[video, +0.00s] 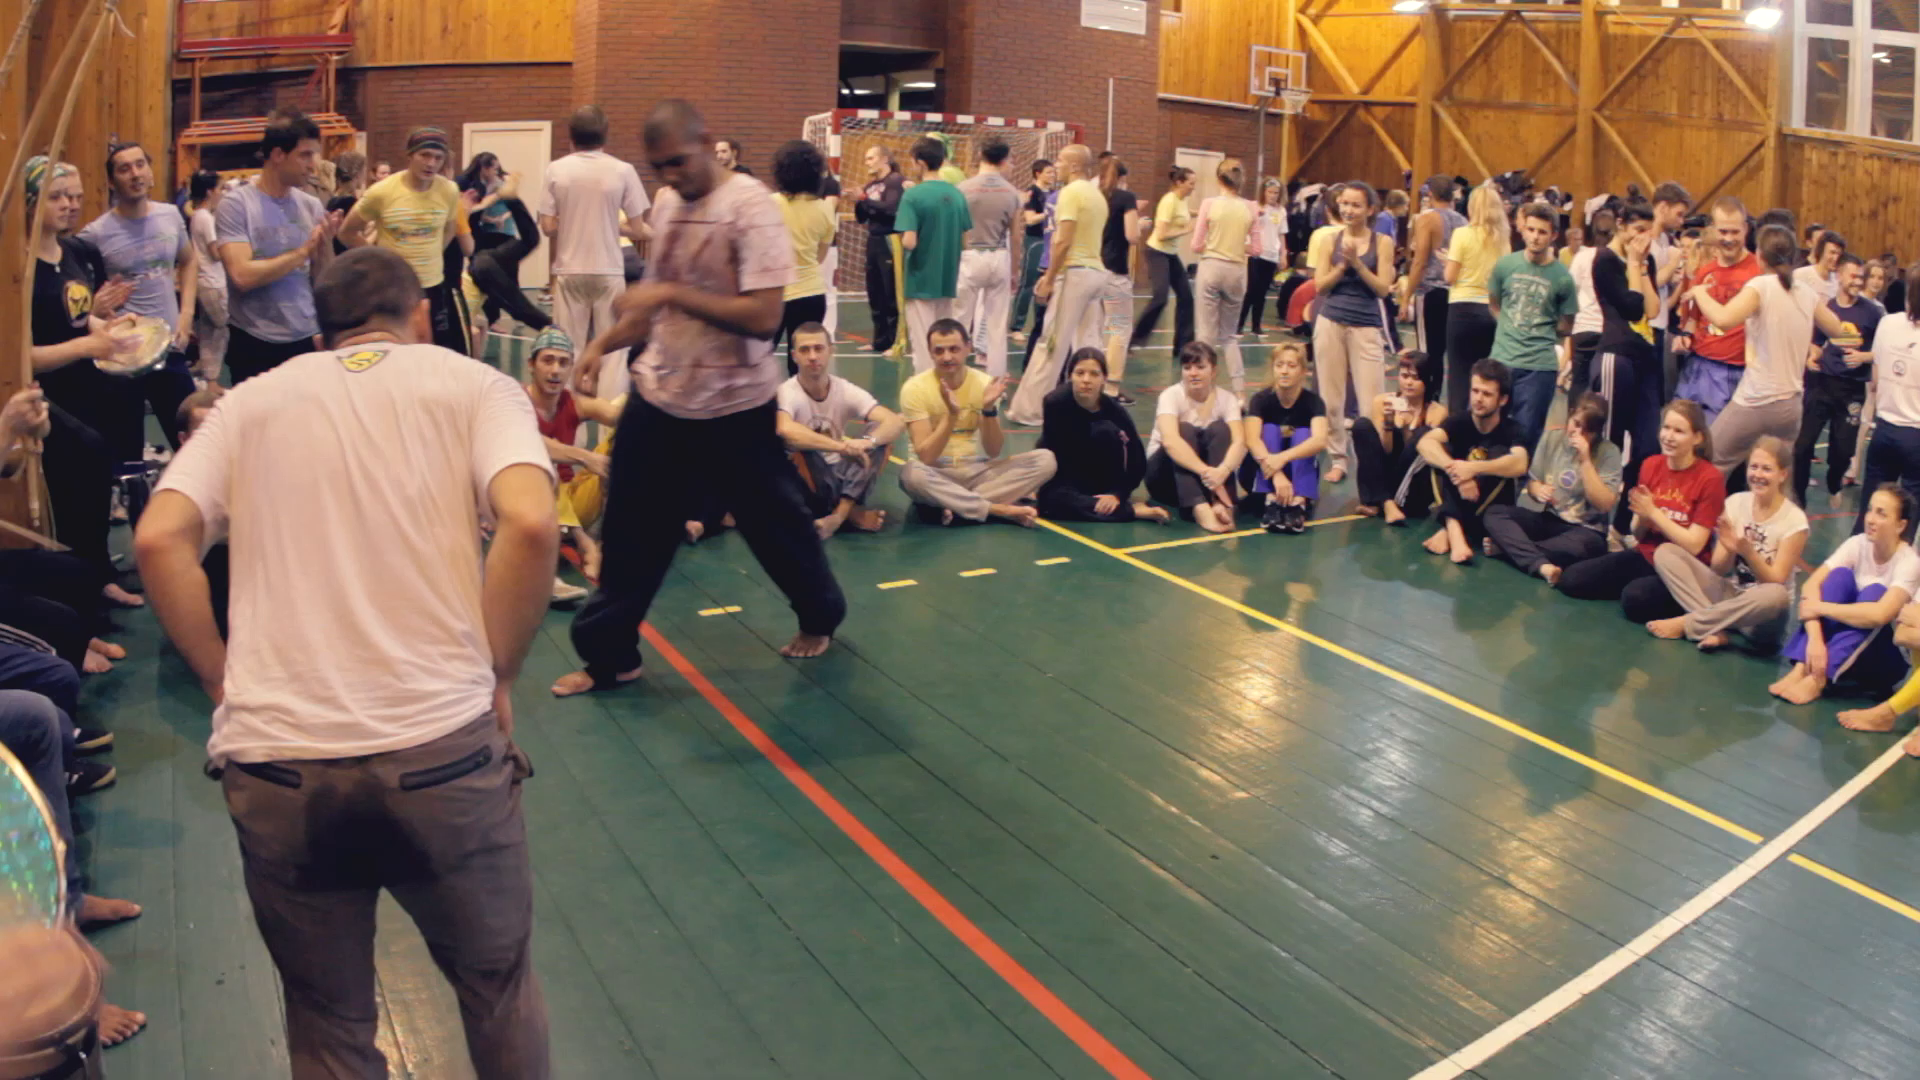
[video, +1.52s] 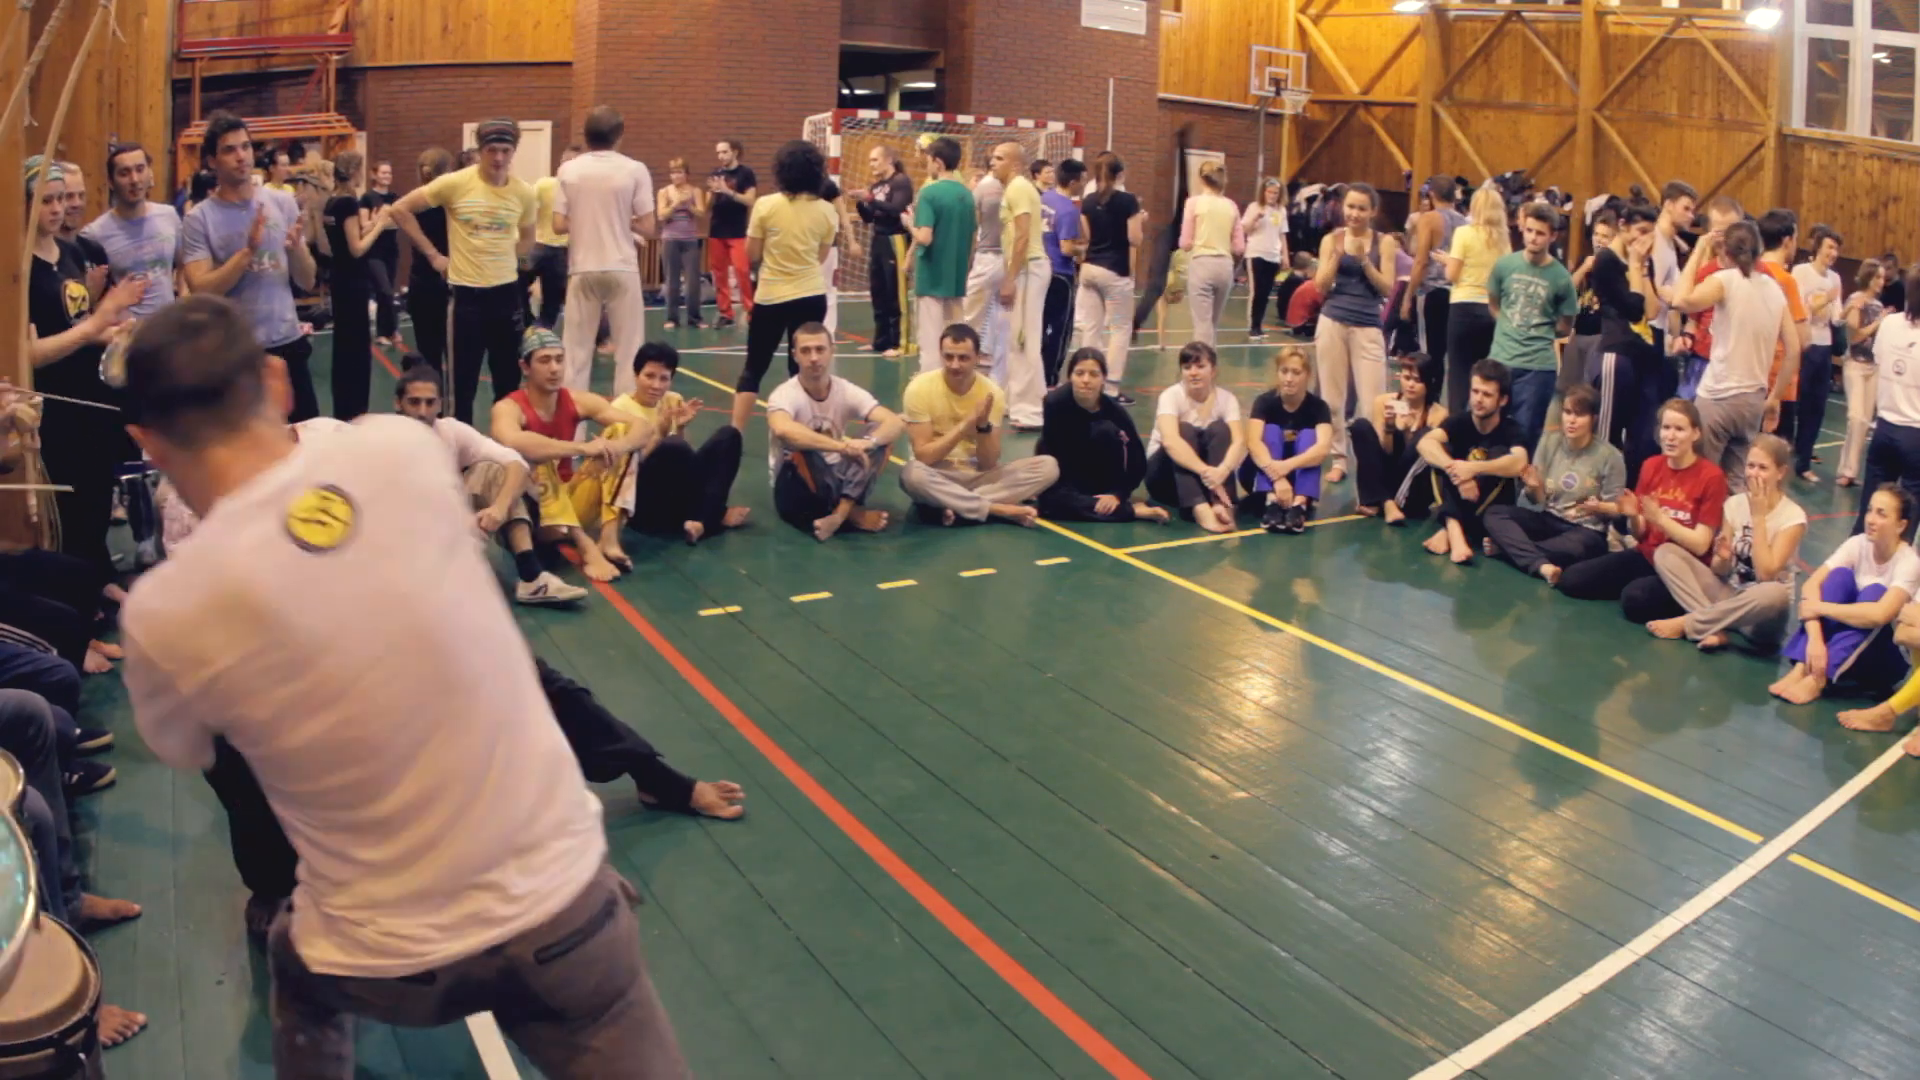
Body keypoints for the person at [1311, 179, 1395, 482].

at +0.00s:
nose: (1348, 210)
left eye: (1355, 205)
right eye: (1344, 204)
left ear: (1369, 209)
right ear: (1338, 206)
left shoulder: (1382, 242)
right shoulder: (1326, 237)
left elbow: (1383, 287)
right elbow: (1320, 284)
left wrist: (1356, 263)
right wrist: (1342, 265)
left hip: (1367, 322)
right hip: (1329, 320)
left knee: (1370, 397)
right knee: (1332, 397)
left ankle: (1373, 461)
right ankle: (1337, 458)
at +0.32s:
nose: (1351, 212)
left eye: (1358, 207)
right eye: (1347, 206)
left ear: (1370, 210)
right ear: (1340, 207)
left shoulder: (1383, 242)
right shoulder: (1326, 237)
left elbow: (1386, 289)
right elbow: (1318, 285)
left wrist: (1363, 266)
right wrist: (1335, 263)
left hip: (1367, 323)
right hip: (1330, 321)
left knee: (1370, 396)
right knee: (1332, 396)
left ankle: (1371, 461)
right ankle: (1338, 457)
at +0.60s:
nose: (1353, 213)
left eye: (1360, 208)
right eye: (1349, 207)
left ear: (1371, 211)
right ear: (1341, 207)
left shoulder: (1382, 241)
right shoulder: (1330, 237)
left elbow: (1389, 288)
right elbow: (1319, 285)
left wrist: (1367, 267)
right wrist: (1335, 263)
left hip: (1368, 324)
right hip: (1331, 322)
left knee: (1371, 397)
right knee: (1333, 396)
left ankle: (1370, 462)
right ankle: (1338, 457)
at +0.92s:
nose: (1356, 213)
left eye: (1362, 208)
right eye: (1351, 207)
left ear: (1372, 211)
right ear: (1343, 207)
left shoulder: (1383, 242)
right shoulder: (1331, 239)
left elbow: (1388, 289)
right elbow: (1320, 285)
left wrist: (1369, 266)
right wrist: (1336, 260)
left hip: (1367, 324)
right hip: (1332, 321)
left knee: (1371, 396)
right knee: (1333, 395)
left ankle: (1369, 461)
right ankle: (1338, 457)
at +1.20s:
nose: (1356, 213)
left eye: (1362, 208)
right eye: (1351, 206)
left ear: (1372, 211)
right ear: (1343, 207)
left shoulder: (1384, 242)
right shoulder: (1331, 240)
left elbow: (1388, 289)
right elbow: (1321, 286)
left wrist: (1366, 264)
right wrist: (1341, 263)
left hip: (1367, 325)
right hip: (1331, 321)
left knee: (1371, 396)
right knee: (1333, 395)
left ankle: (1370, 460)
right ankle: (1338, 456)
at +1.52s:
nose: (1355, 213)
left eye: (1361, 208)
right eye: (1350, 207)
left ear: (1372, 212)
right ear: (1343, 208)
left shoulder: (1384, 242)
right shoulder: (1332, 240)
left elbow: (1387, 288)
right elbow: (1321, 285)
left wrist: (1365, 262)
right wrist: (1336, 257)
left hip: (1367, 323)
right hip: (1331, 320)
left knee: (1371, 397)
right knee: (1333, 396)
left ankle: (1370, 461)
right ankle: (1338, 457)